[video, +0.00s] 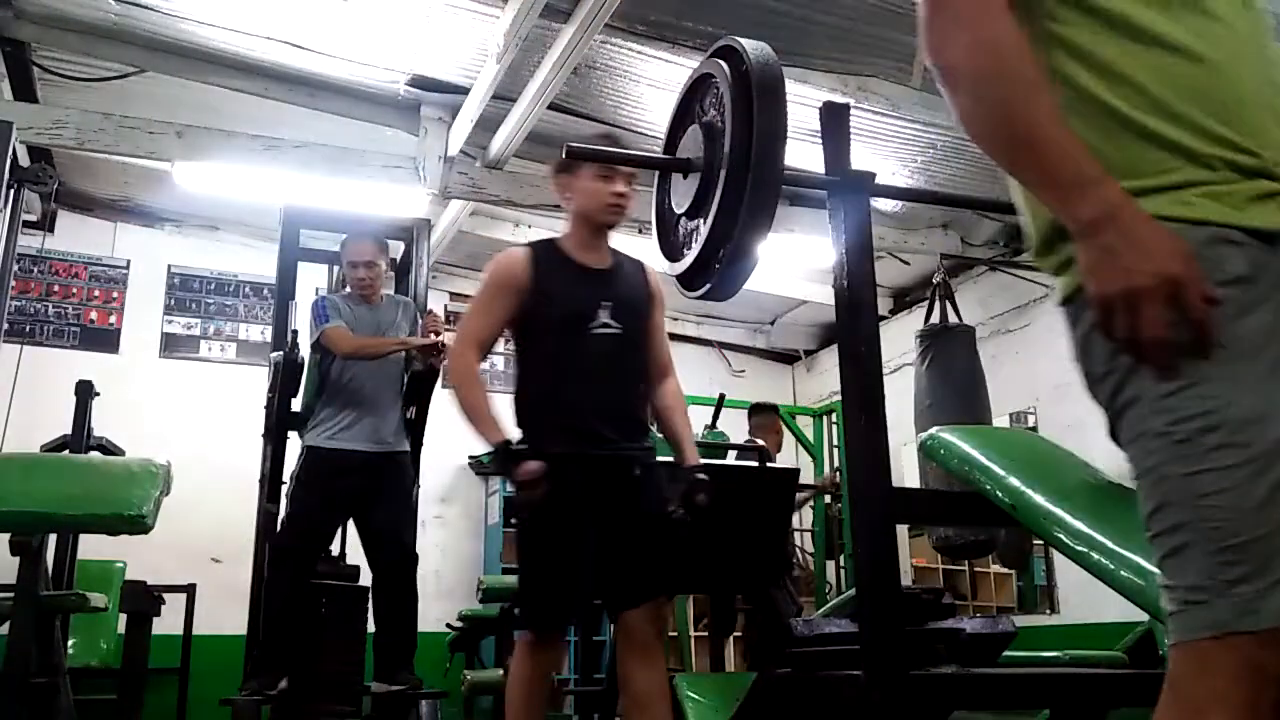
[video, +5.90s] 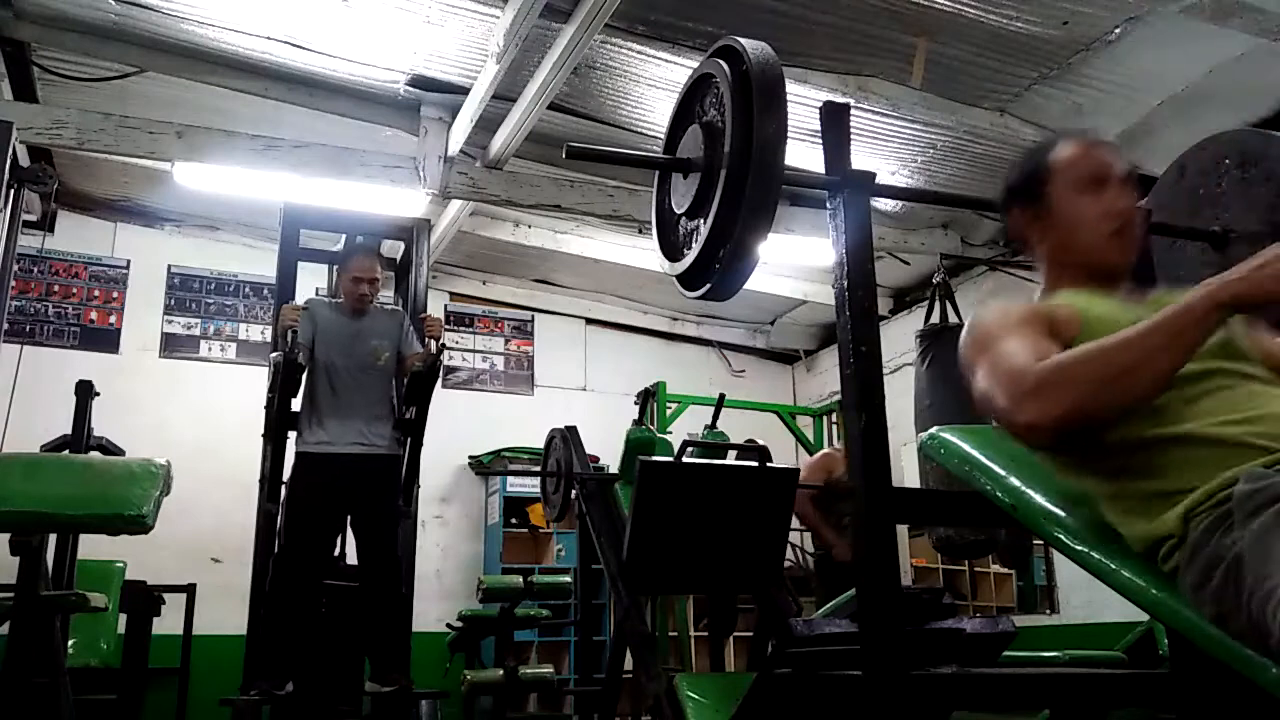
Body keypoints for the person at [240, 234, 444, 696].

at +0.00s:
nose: (361, 274)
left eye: (370, 266)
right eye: (353, 266)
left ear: (386, 266)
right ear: (342, 268)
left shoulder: (406, 310)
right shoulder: (328, 305)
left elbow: (426, 365)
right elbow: (344, 346)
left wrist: (434, 349)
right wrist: (409, 343)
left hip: (388, 455)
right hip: (327, 452)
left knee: (396, 569)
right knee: (291, 560)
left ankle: (396, 671)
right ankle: (270, 671)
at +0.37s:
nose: (349, 280)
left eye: (359, 272)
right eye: (343, 272)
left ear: (379, 271)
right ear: (335, 272)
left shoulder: (401, 313)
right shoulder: (321, 310)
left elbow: (421, 372)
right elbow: (315, 355)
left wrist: (427, 342)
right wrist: (345, 313)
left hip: (381, 458)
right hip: (321, 455)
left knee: (390, 572)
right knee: (292, 564)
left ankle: (396, 672)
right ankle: (279, 670)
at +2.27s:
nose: (366, 278)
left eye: (374, 271)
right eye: (358, 270)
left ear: (386, 276)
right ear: (344, 274)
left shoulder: (403, 316)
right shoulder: (322, 308)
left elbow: (415, 378)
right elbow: (297, 357)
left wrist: (428, 342)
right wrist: (286, 328)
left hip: (379, 453)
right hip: (321, 449)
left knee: (383, 568)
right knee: (297, 561)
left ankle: (384, 670)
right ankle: (282, 670)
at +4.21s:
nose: (344, 296)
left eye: (352, 288)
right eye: (337, 287)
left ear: (374, 283)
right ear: (330, 280)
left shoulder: (398, 317)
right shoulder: (320, 314)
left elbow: (418, 376)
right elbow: (287, 350)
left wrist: (431, 349)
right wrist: (278, 318)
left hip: (376, 456)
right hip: (317, 454)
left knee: (383, 571)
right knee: (296, 566)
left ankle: (387, 672)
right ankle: (279, 672)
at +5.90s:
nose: (366, 289)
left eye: (373, 282)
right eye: (358, 281)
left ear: (381, 284)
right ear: (339, 279)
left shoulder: (395, 320)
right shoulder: (314, 313)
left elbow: (416, 379)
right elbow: (292, 367)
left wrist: (430, 348)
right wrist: (283, 334)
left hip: (378, 458)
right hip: (319, 455)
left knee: (383, 571)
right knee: (298, 567)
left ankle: (386, 672)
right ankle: (277, 673)